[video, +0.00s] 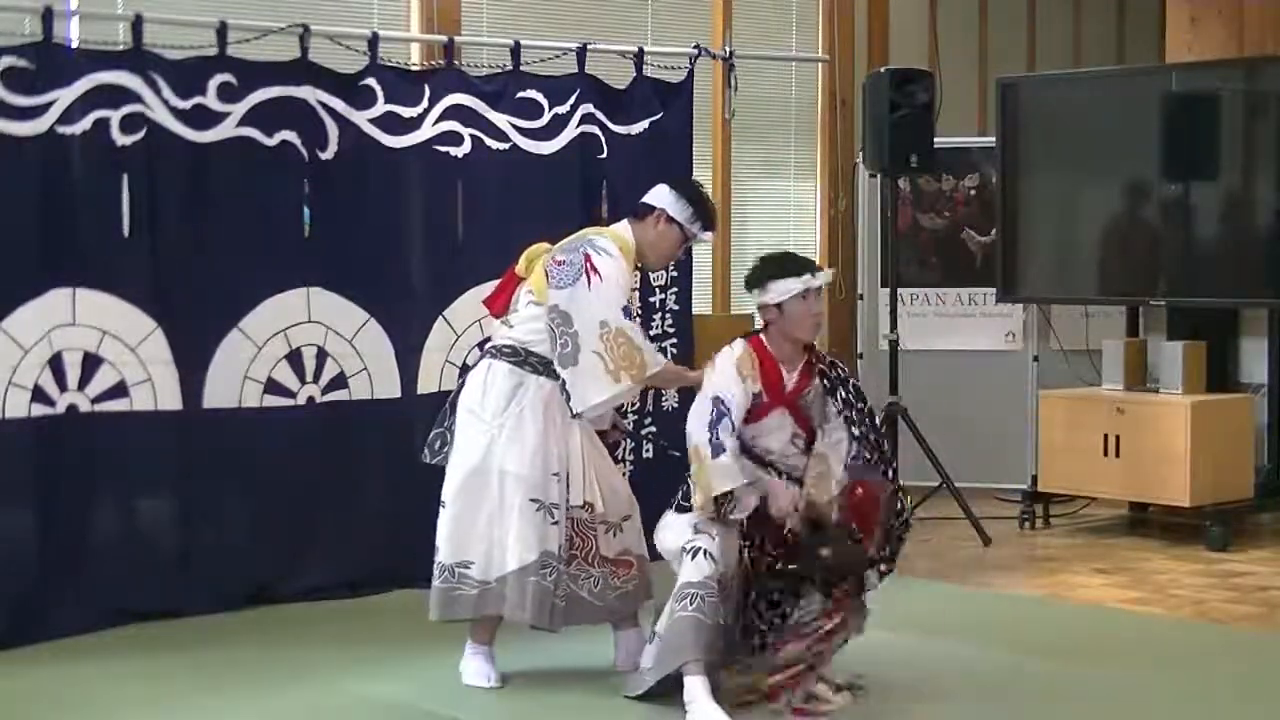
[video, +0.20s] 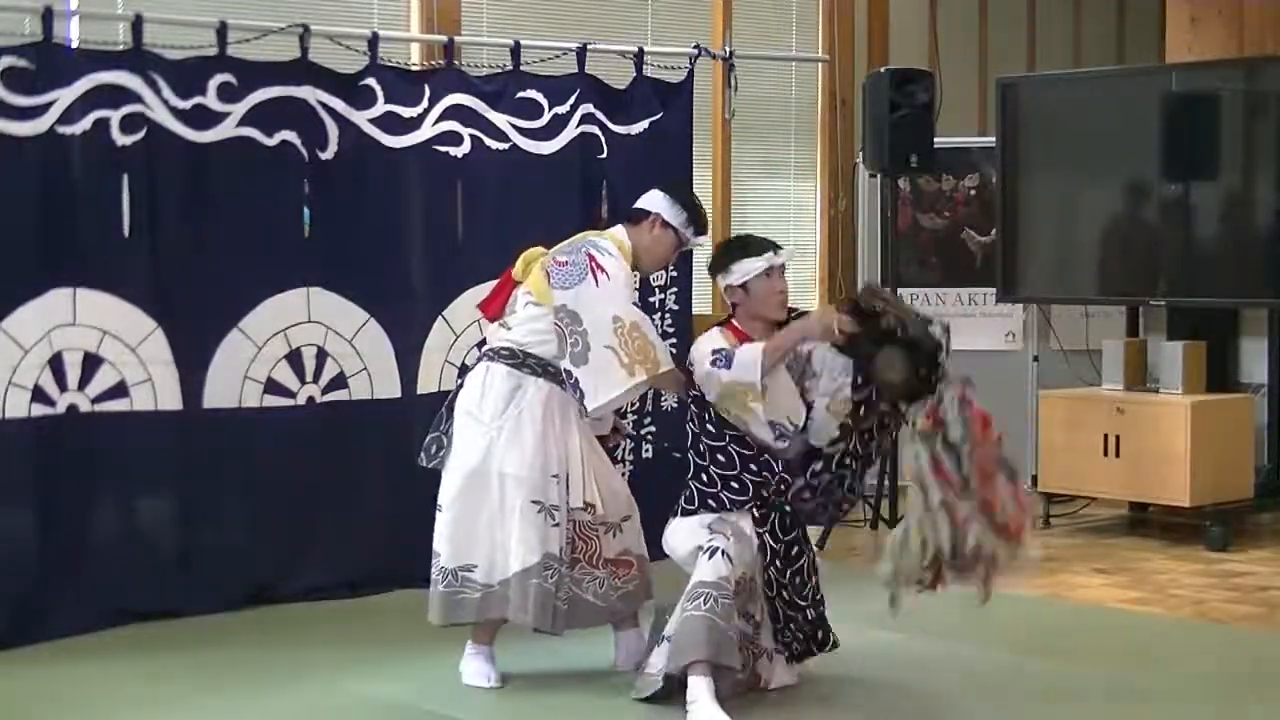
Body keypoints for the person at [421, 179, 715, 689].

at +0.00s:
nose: (682, 254)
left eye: (688, 246)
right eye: (684, 241)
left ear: (659, 222)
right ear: (658, 220)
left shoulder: (608, 258)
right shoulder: (600, 258)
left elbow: (581, 352)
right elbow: (622, 355)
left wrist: (598, 411)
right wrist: (695, 379)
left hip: (546, 396)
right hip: (512, 391)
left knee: (615, 509)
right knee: (506, 515)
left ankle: (631, 647)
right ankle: (478, 650)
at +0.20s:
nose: (675, 260)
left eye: (681, 252)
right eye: (678, 246)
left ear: (653, 227)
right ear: (654, 224)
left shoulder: (596, 256)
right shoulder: (601, 256)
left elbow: (583, 351)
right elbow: (627, 339)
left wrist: (600, 415)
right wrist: (682, 383)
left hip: (546, 396)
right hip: (516, 391)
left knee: (612, 507)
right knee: (510, 518)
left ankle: (632, 642)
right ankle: (479, 650)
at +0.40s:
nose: (665, 266)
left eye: (670, 257)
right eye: (667, 252)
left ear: (641, 231)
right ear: (643, 230)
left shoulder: (582, 259)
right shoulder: (598, 267)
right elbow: (628, 335)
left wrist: (601, 425)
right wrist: (671, 380)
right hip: (512, 395)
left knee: (611, 508)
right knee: (501, 521)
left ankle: (630, 642)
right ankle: (480, 650)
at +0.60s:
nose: (656, 273)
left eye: (661, 265)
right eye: (657, 259)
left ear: (629, 242)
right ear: (634, 239)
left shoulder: (570, 267)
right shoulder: (595, 275)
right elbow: (637, 357)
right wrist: (678, 391)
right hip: (508, 399)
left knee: (609, 508)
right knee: (494, 522)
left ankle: (630, 642)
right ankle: (480, 649)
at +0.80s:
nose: (651, 285)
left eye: (656, 277)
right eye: (652, 273)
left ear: (621, 252)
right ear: (631, 253)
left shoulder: (566, 276)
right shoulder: (592, 283)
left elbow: (546, 377)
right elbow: (651, 363)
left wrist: (586, 436)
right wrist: (703, 400)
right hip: (499, 403)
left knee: (604, 510)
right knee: (488, 525)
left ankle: (628, 642)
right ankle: (479, 650)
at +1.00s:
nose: (644, 290)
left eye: (649, 282)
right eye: (646, 276)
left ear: (619, 255)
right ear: (627, 255)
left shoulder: (559, 274)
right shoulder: (594, 280)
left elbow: (543, 384)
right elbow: (656, 349)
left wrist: (581, 443)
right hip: (492, 403)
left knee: (593, 512)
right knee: (487, 526)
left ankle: (627, 643)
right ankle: (478, 653)